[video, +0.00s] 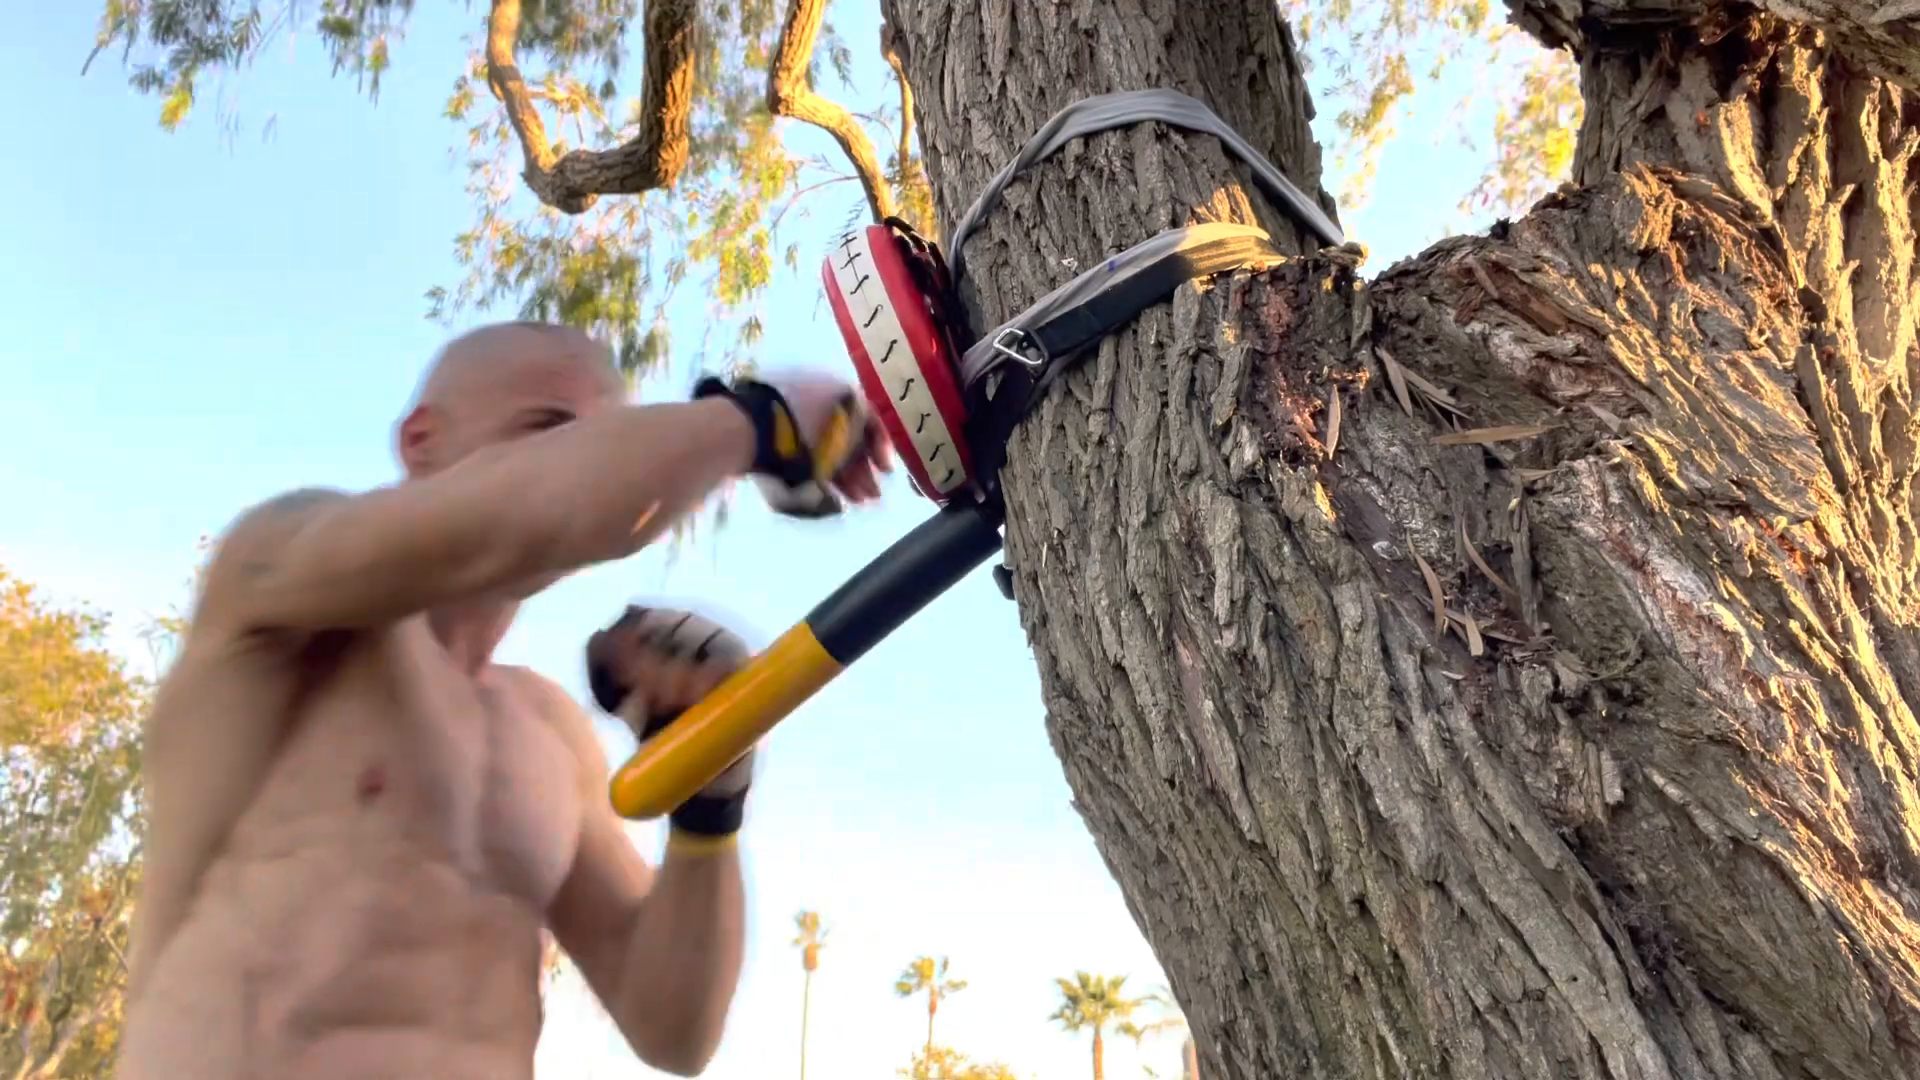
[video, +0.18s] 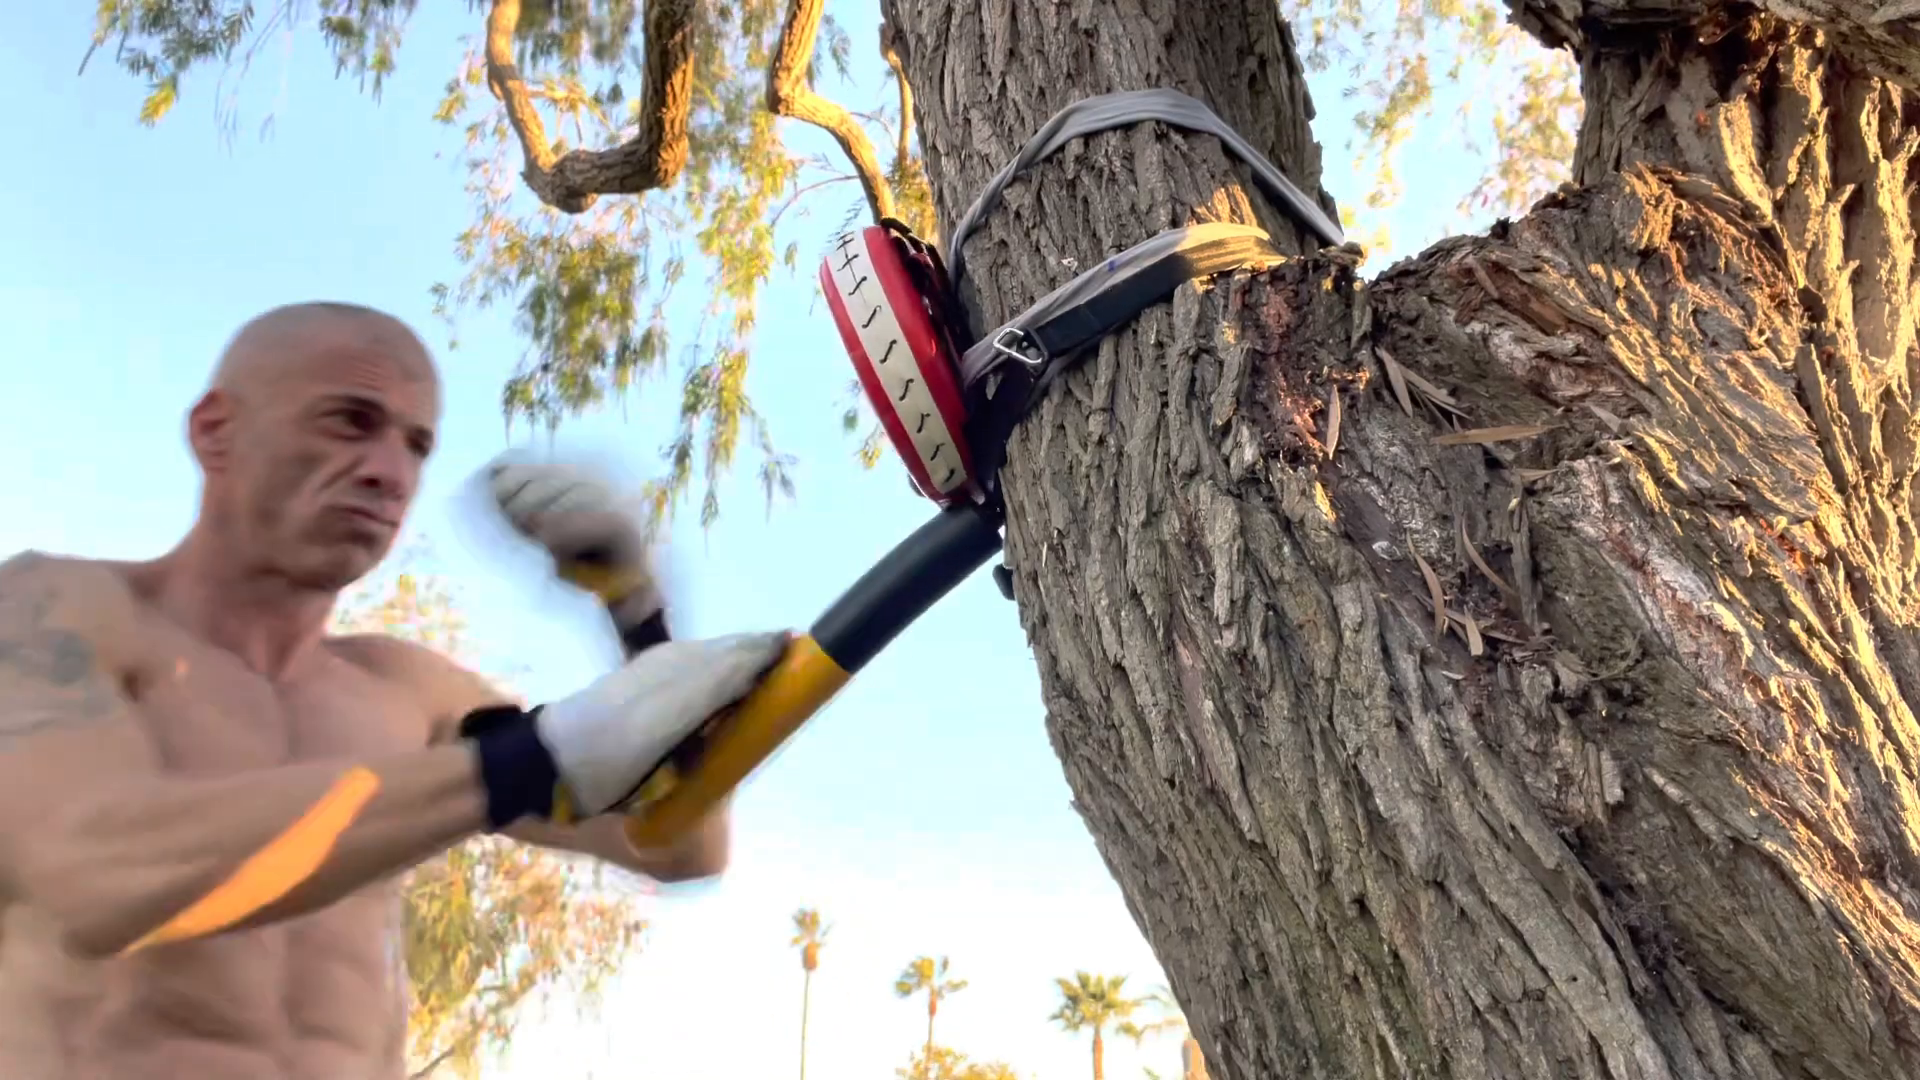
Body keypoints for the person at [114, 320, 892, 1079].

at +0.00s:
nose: (582, 473)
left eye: (609, 447)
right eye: (545, 428)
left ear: (634, 470)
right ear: (421, 444)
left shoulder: (553, 728)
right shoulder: (276, 572)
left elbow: (671, 1032)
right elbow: (501, 533)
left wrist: (710, 798)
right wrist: (762, 419)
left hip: (489, 1062)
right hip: (255, 1050)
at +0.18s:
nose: (392, 471)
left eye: (416, 446)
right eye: (350, 421)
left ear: (426, 476)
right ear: (214, 432)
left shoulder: (409, 692)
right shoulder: (53, 606)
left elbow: (683, 847)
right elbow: (105, 880)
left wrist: (636, 605)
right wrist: (534, 762)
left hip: (354, 1058)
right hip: (121, 1058)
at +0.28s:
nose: (333, 466)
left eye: (359, 441)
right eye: (290, 416)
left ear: (367, 474)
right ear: (152, 430)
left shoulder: (369, 662)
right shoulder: (27, 630)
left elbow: (655, 681)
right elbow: (44, 882)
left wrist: (806, 496)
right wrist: (461, 747)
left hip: (327, 1063)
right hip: (76, 1065)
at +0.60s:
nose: (326, 477)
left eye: (354, 450)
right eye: (283, 422)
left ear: (365, 481)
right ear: (148, 429)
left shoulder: (381, 680)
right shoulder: (25, 646)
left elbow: (711, 775)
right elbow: (20, 845)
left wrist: (806, 553)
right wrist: (379, 686)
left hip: (356, 1058)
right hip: (79, 1060)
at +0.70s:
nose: (415, 495)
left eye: (441, 469)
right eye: (377, 442)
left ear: (451, 498)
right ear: (242, 445)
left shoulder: (458, 720)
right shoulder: (70, 652)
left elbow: (760, 830)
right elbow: (21, 873)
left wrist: (812, 598)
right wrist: (397, 693)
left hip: (421, 1060)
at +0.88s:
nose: (652, 495)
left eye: (670, 471)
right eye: (615, 443)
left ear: (685, 495)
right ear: (490, 448)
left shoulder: (608, 732)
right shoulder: (357, 552)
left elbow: (797, 990)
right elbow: (292, 609)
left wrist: (808, 772)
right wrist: (635, 564)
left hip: (569, 1057)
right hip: (339, 1052)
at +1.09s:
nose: (777, 472)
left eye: (788, 450)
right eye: (732, 430)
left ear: (796, 488)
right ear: (637, 433)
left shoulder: (728, 754)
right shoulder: (520, 543)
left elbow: (813, 1024)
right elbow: (812, 373)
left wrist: (818, 778)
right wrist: (889, 562)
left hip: (642, 1058)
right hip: (419, 1051)